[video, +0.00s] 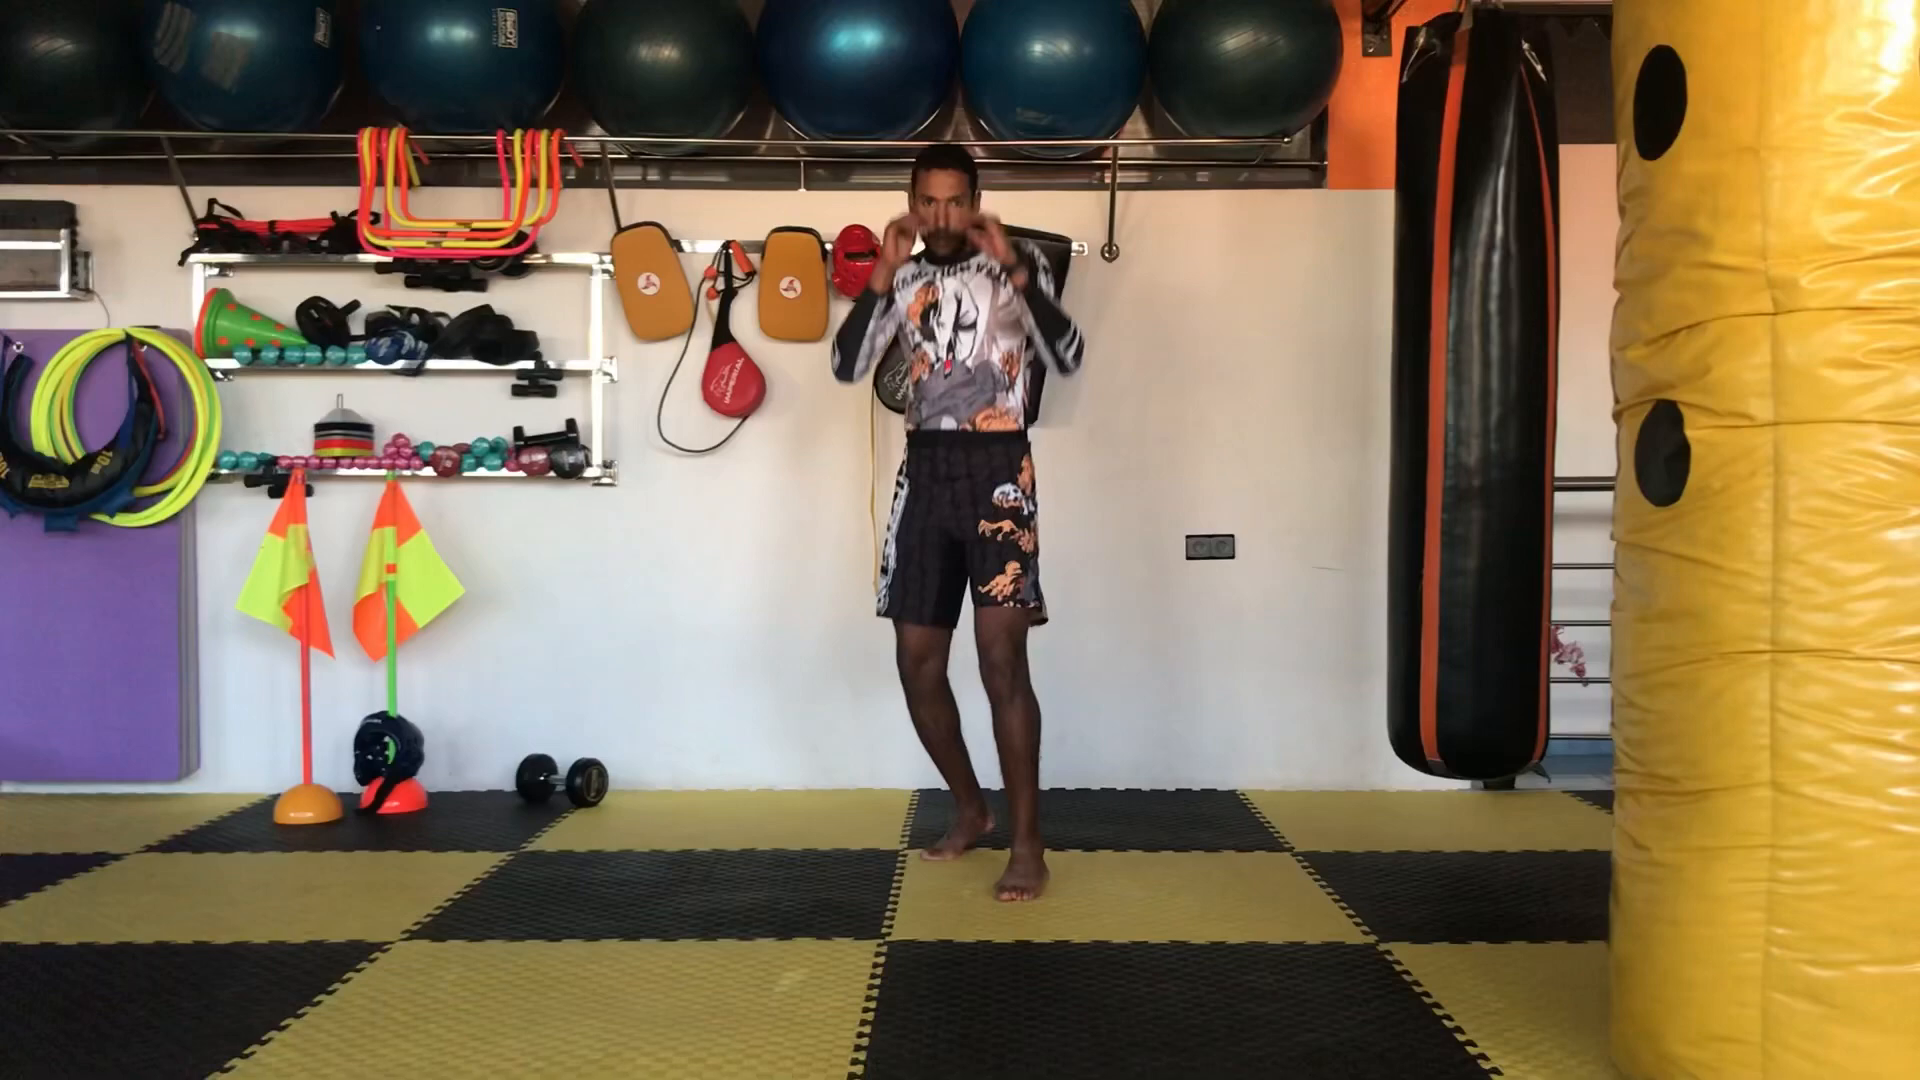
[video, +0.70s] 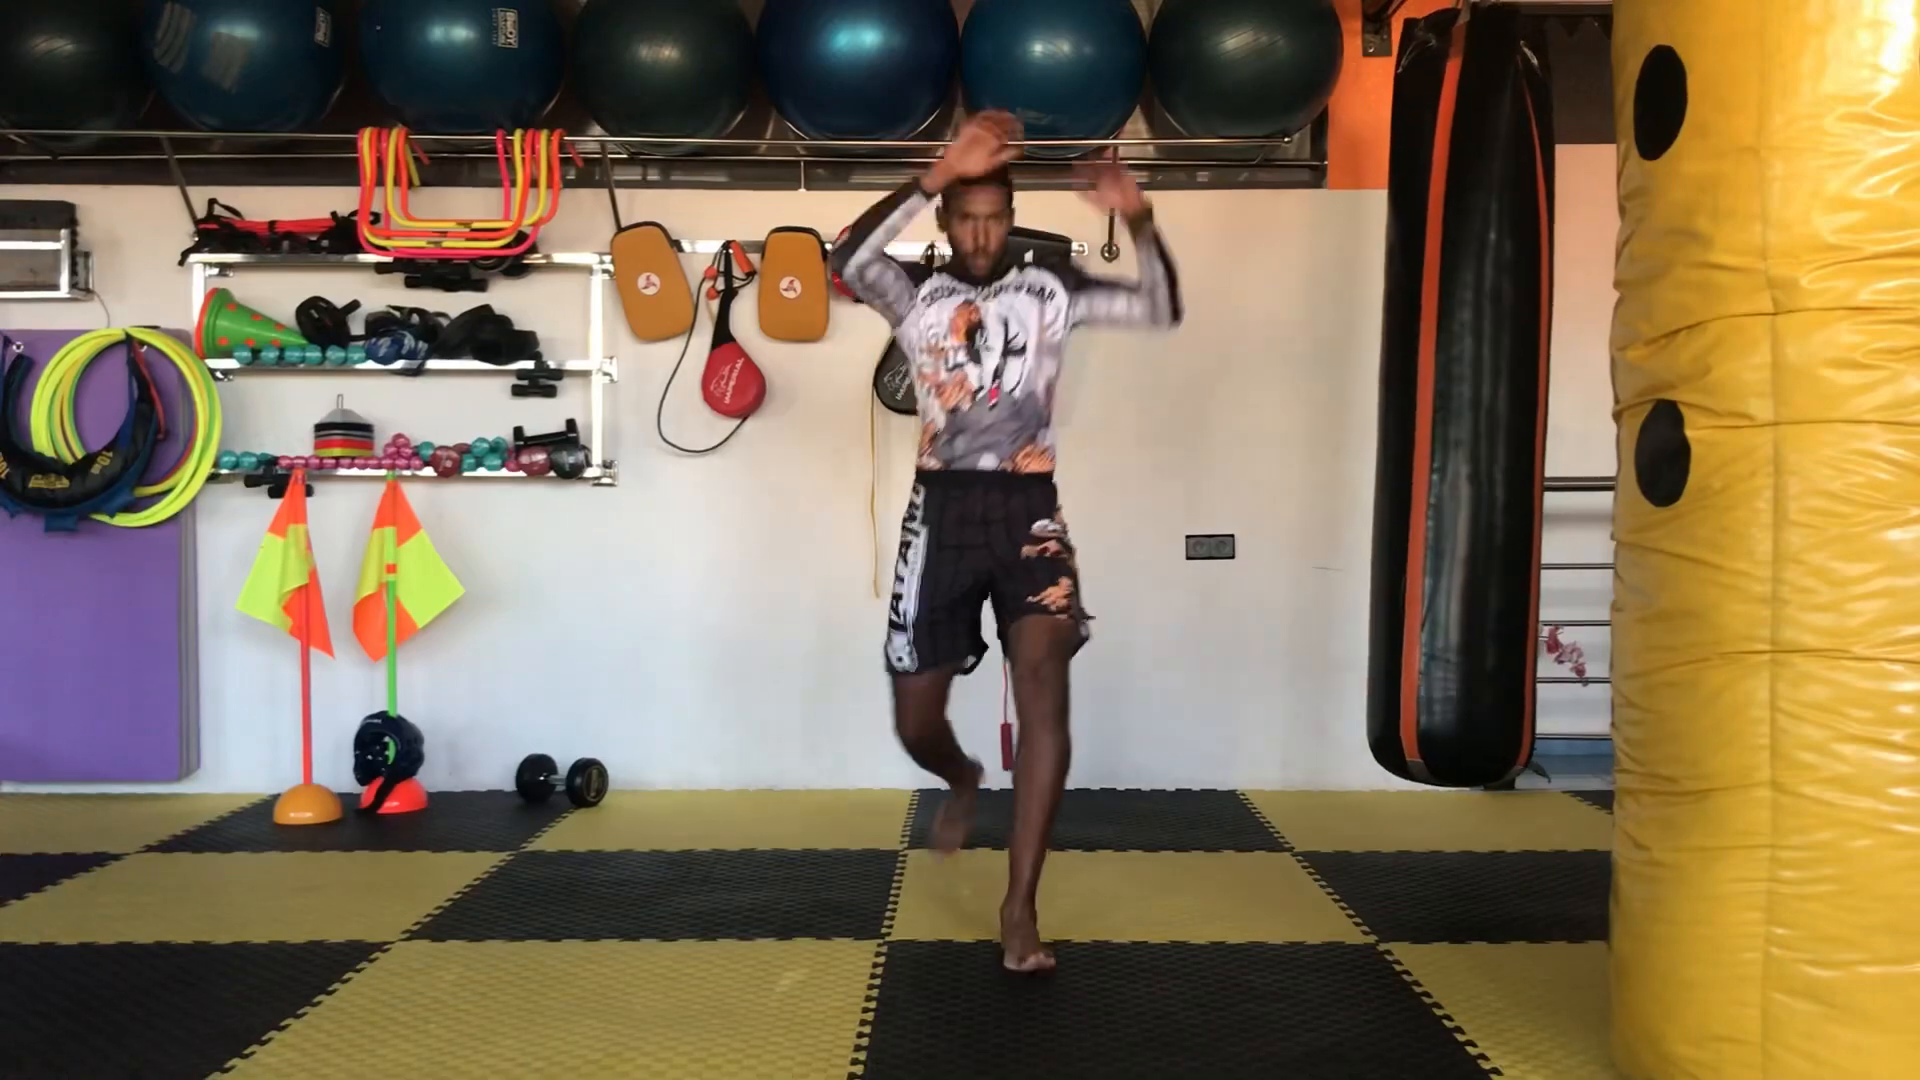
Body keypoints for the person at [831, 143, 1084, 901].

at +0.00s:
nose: (941, 213)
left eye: (955, 201)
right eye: (928, 200)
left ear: (977, 203)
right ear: (912, 205)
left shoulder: (1022, 266)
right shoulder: (901, 279)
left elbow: (1065, 358)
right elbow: (848, 364)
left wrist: (1014, 271)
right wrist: (881, 278)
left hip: (999, 475)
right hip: (926, 477)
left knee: (1001, 666)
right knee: (919, 664)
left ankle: (1026, 844)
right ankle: (969, 807)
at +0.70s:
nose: (979, 234)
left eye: (993, 218)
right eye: (965, 219)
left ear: (1015, 222)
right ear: (944, 223)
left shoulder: (1053, 290)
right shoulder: (914, 291)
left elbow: (1160, 309)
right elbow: (845, 267)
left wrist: (1136, 218)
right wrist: (933, 176)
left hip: (1025, 509)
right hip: (938, 511)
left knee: (1043, 688)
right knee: (917, 728)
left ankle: (1021, 907)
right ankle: (966, 779)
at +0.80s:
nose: (993, 202)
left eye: (1007, 186)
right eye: (978, 187)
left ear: (1027, 188)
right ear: (958, 190)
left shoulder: (1069, 253)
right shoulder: (929, 276)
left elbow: (1151, 227)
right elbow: (823, 322)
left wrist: (1084, 139)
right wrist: (862, 251)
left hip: (1046, 475)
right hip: (956, 472)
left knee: (1057, 693)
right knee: (880, 682)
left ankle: (1021, 908)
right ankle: (947, 732)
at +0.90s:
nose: (988, 185)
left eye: (1003, 169)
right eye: (975, 170)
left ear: (1034, 172)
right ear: (959, 177)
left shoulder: (1070, 230)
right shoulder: (940, 259)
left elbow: (1094, 185)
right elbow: (879, 336)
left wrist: (986, 141)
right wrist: (819, 374)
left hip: (1056, 439)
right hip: (964, 435)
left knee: (1069, 666)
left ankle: (1023, 897)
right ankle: (919, 644)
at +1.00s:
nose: (1002, 176)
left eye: (1016, 164)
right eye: (987, 166)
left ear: (1035, 164)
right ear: (962, 170)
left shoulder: (1062, 221)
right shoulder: (935, 250)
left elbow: (1027, 181)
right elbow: (880, 366)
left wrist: (914, 182)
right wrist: (818, 477)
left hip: (1064, 405)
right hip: (970, 391)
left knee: (1074, 657)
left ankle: (1029, 888)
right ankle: (900, 540)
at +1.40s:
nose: (990, 191)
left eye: (1003, 178)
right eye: (975, 179)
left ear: (1023, 183)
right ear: (951, 188)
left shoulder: (1054, 250)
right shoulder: (934, 274)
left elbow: (1076, 230)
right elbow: (850, 342)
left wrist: (947, 204)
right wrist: (795, 339)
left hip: (1088, 434)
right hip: (1001, 415)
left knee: (1080, 682)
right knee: (960, 348)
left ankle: (1014, 895)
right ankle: (907, 566)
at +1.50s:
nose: (995, 171)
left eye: (1008, 158)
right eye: (978, 157)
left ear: (1026, 165)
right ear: (953, 169)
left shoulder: (1057, 234)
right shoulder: (934, 256)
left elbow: (1115, 246)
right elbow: (860, 340)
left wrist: (1010, 194)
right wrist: (845, 305)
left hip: (1079, 435)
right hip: (996, 417)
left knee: (1059, 686)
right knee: (960, 415)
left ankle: (998, 908)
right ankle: (911, 604)